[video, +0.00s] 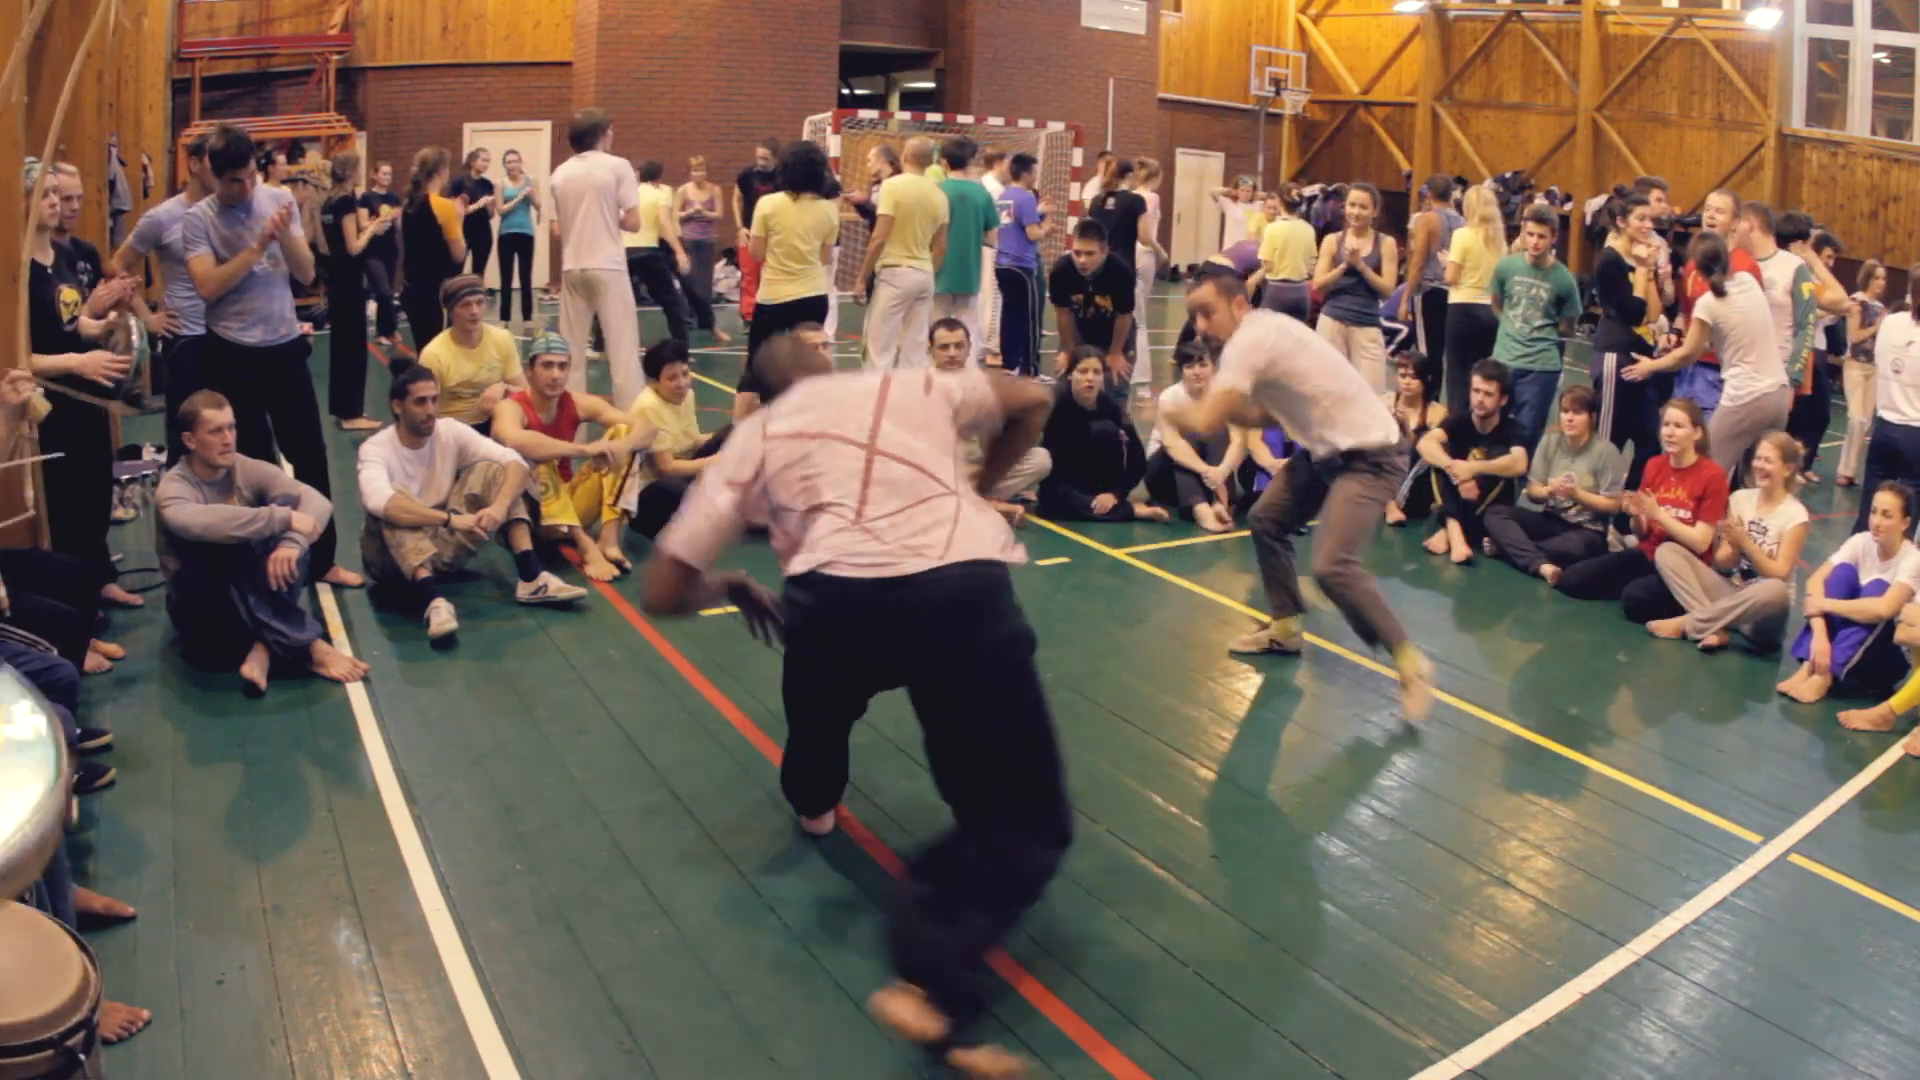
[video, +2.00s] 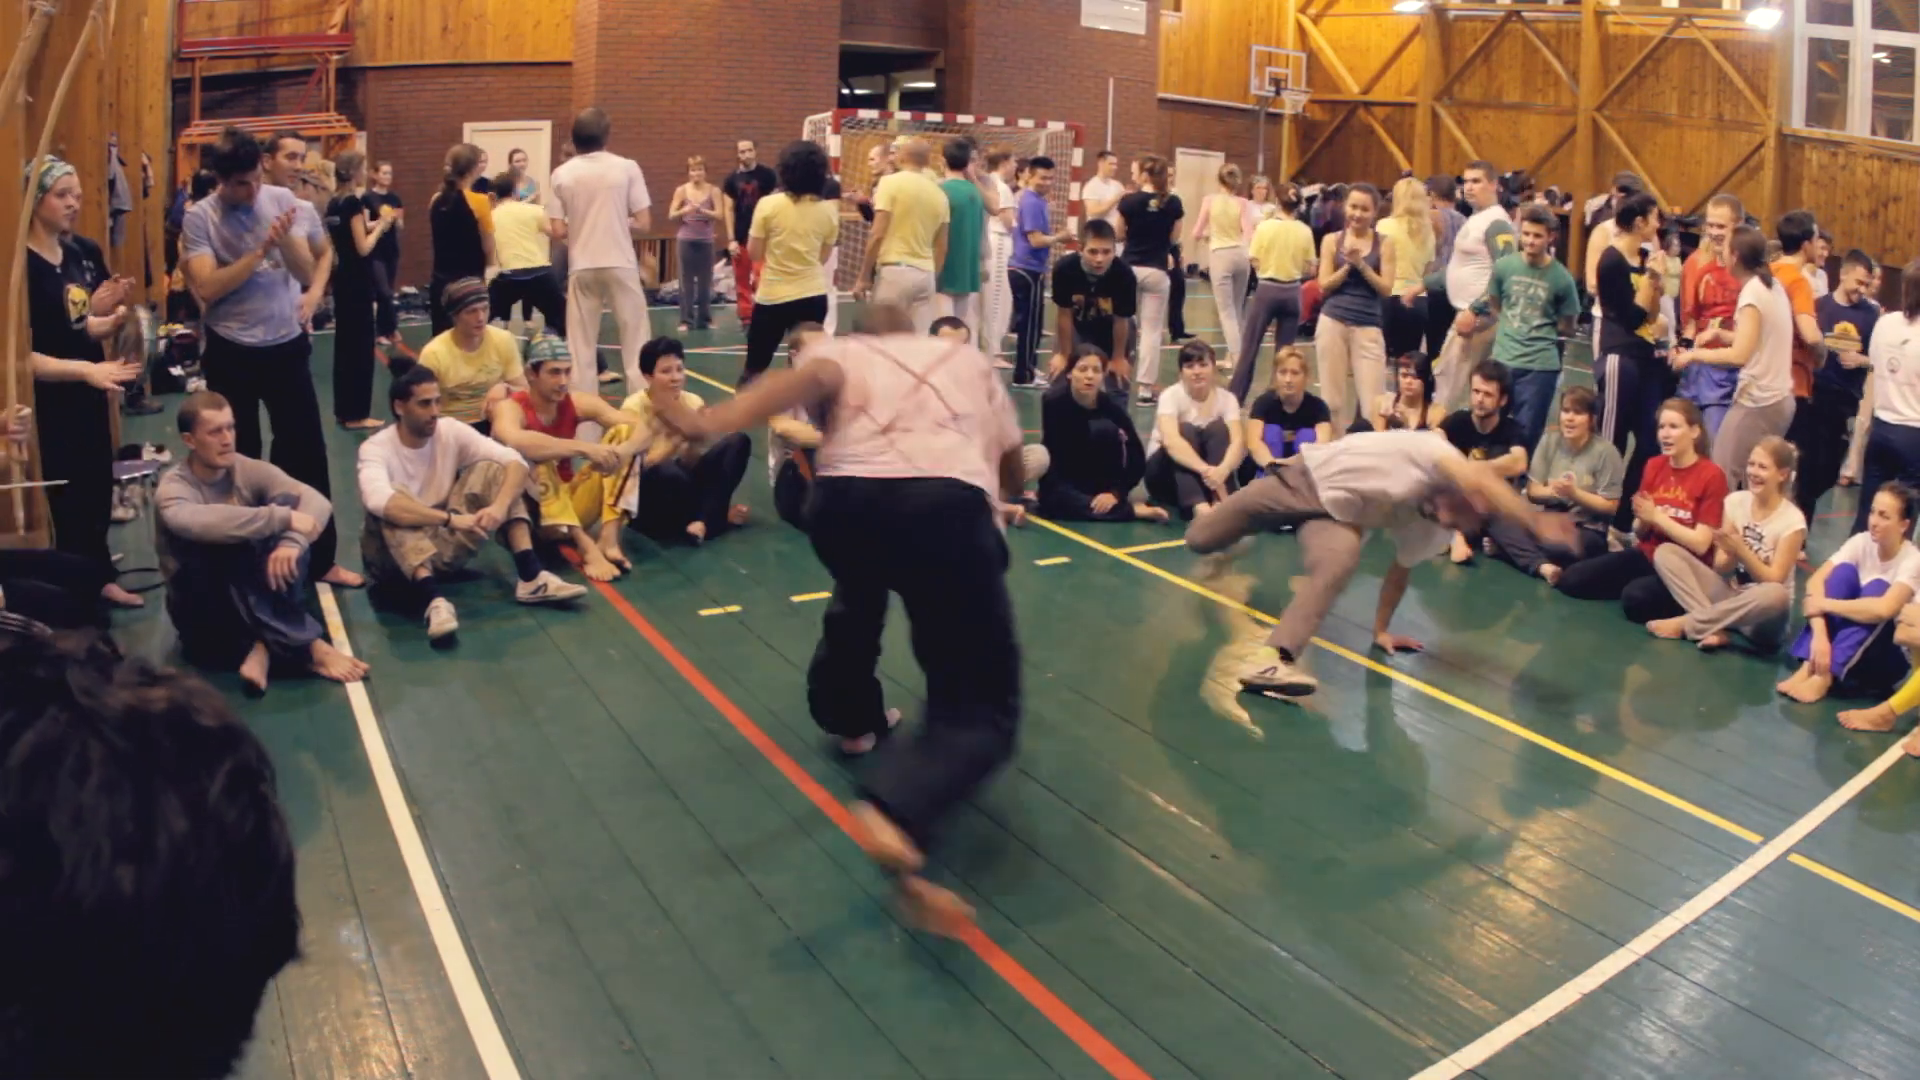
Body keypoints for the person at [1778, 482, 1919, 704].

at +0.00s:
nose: (1876, 521)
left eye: (1886, 515)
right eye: (1874, 512)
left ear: (1905, 523)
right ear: (1868, 512)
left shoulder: (1912, 559)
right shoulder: (1860, 542)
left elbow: (1885, 610)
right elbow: (1814, 581)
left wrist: (1823, 604)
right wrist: (1820, 638)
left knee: (1877, 587)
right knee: (1843, 572)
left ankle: (1823, 676)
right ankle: (1807, 666)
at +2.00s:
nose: (1873, 521)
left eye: (1883, 516)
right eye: (1872, 512)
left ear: (1904, 525)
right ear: (1868, 512)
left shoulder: (1912, 559)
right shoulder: (1860, 542)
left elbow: (1885, 610)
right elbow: (1815, 581)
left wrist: (1823, 604)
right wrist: (1820, 637)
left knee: (1877, 587)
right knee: (1844, 572)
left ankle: (1824, 676)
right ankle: (1807, 666)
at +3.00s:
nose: (1879, 523)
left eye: (1889, 516)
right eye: (1876, 513)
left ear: (1906, 524)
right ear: (1871, 515)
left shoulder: (1913, 558)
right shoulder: (1860, 541)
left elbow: (1888, 606)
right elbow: (1817, 579)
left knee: (1877, 586)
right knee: (1845, 572)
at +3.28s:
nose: (1880, 524)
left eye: (1891, 516)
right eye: (1877, 513)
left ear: (1907, 523)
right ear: (1871, 515)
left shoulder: (1912, 558)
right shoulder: (1860, 541)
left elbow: (1888, 606)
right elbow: (1814, 581)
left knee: (1876, 586)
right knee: (1844, 572)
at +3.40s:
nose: (1881, 523)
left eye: (1891, 516)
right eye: (1877, 513)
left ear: (1907, 524)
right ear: (1871, 515)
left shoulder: (1913, 560)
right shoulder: (1860, 543)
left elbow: (1890, 605)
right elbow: (1826, 575)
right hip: (1853, 620)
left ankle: (1817, 678)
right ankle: (1809, 673)